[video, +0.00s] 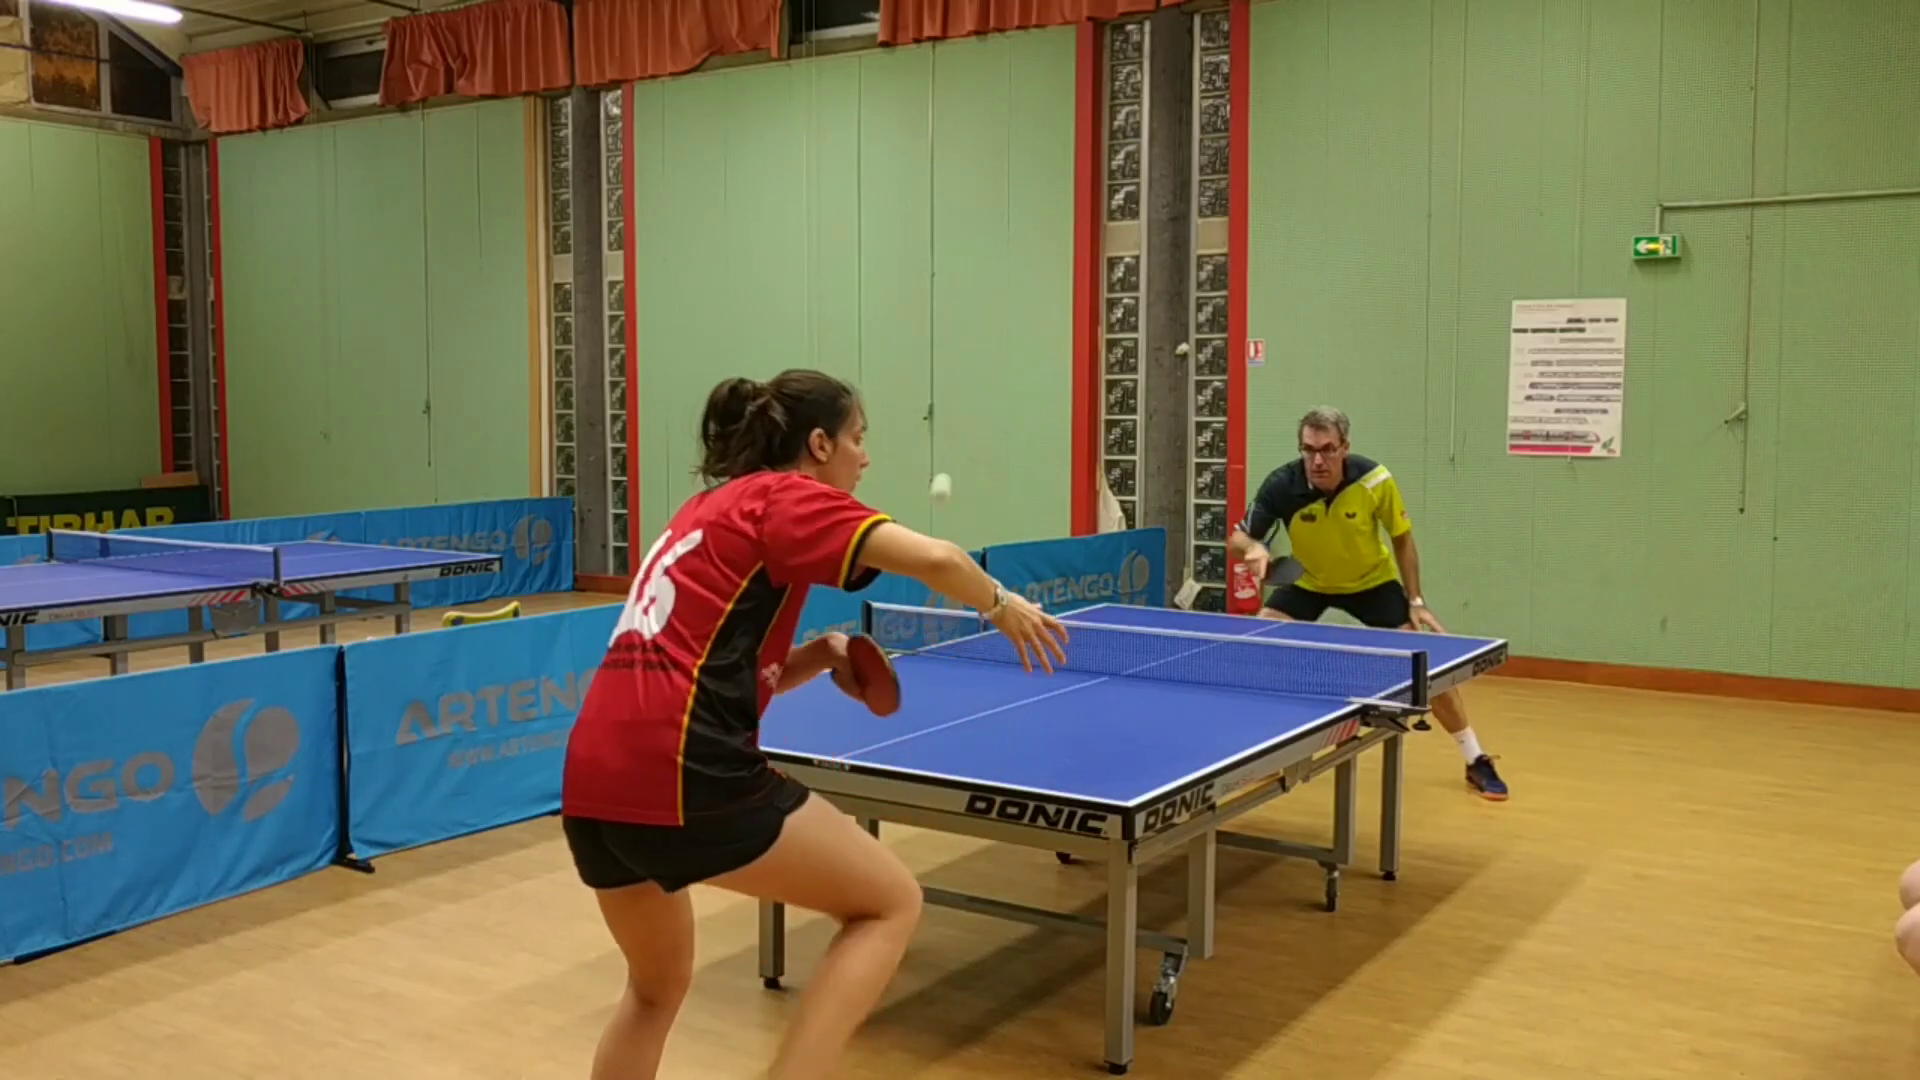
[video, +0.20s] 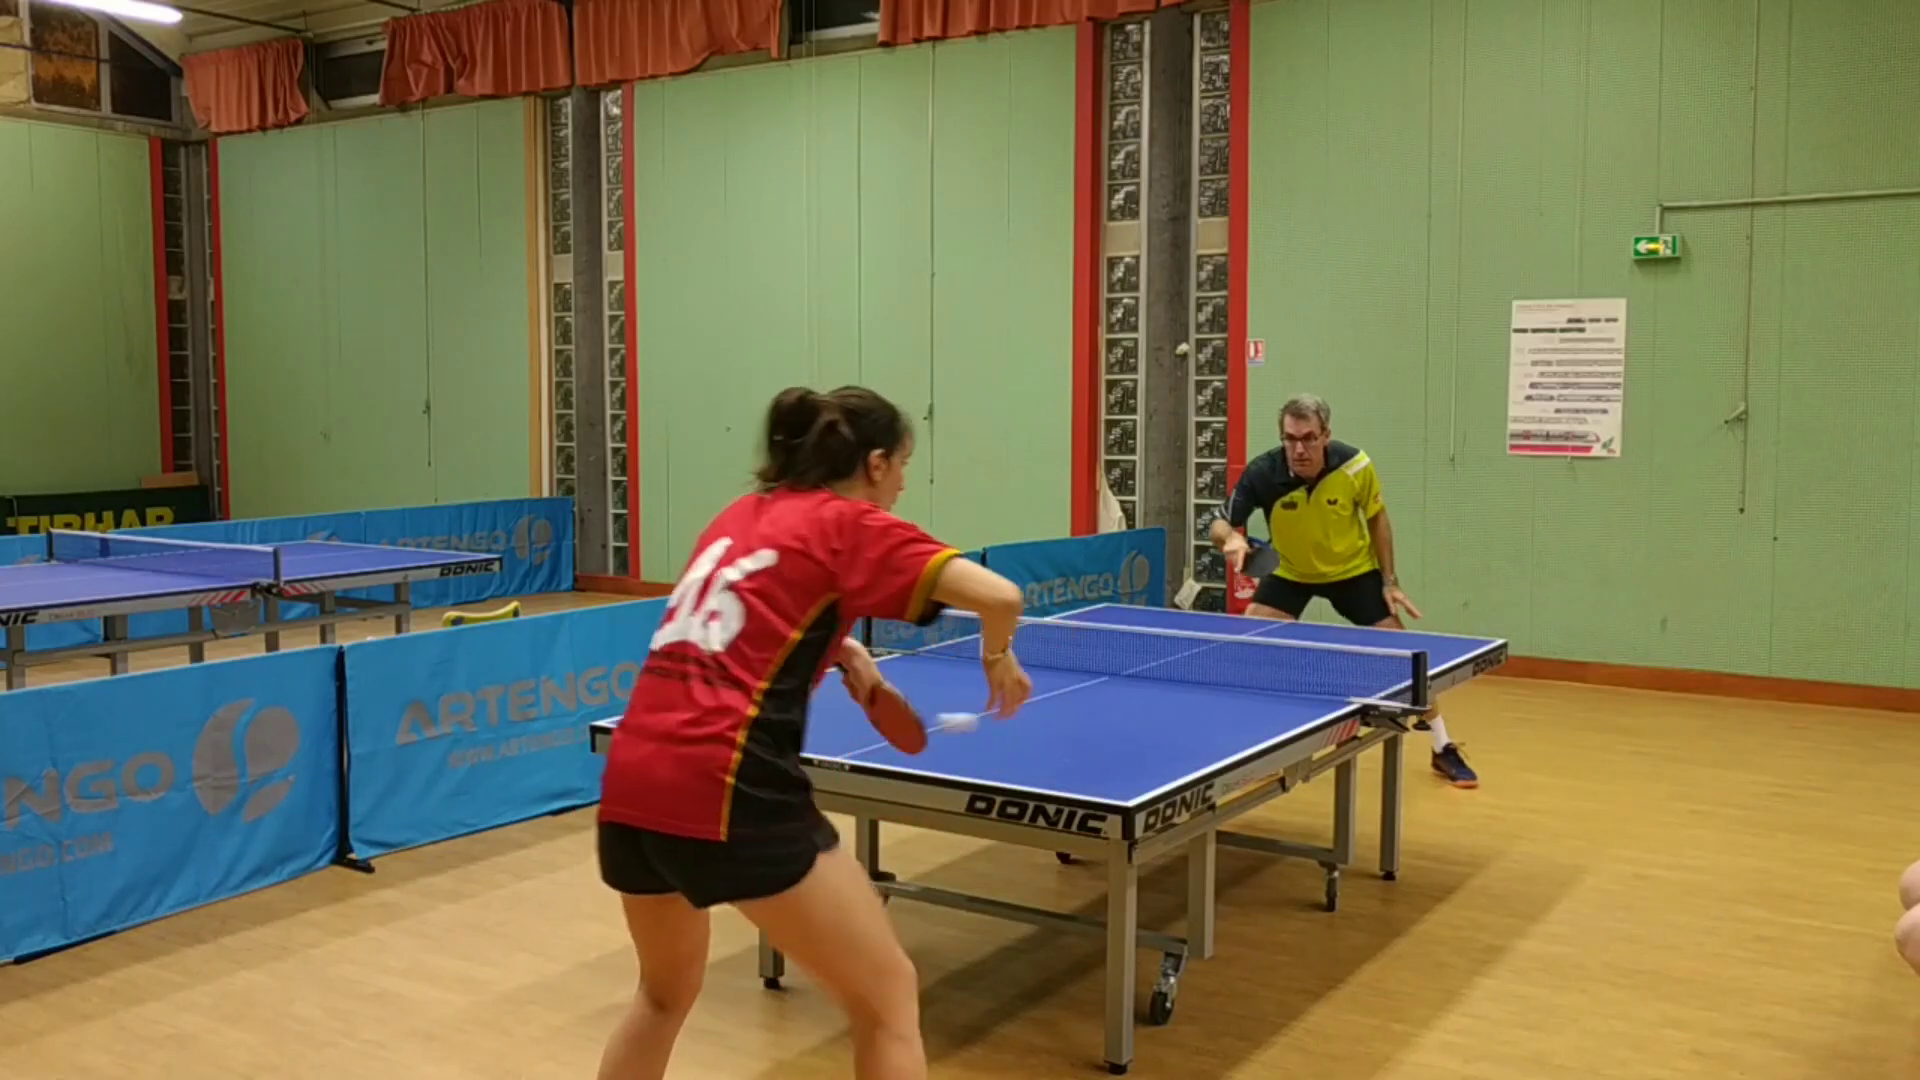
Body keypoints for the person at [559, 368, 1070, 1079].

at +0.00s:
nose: (865, 458)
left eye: (864, 442)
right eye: (858, 440)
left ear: (789, 442)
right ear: (816, 444)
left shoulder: (704, 510)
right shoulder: (786, 501)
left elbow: (720, 683)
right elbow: (935, 558)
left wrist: (819, 653)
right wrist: (1000, 602)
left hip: (593, 783)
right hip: (691, 780)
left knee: (653, 987)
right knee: (890, 902)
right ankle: (797, 1070)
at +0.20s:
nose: (903, 481)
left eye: (905, 466)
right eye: (902, 465)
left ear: (821, 456)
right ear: (873, 463)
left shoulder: (741, 512)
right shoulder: (848, 525)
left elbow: (765, 603)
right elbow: (1001, 597)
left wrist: (852, 658)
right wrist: (997, 654)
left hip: (629, 788)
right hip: (732, 794)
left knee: (660, 995)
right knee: (886, 996)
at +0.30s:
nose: (936, 471)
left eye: (937, 457)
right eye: (936, 456)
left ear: (841, 453)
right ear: (917, 462)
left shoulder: (776, 514)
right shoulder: (886, 532)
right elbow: (1051, 601)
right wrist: (998, 635)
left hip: (660, 794)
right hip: (764, 802)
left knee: (676, 992)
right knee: (918, 994)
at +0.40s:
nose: (951, 459)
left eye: (952, 447)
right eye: (951, 447)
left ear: (857, 444)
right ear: (938, 455)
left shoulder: (793, 504)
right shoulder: (917, 530)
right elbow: (1075, 595)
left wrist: (930, 593)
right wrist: (996, 606)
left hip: (679, 782)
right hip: (788, 797)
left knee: (675, 973)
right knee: (927, 995)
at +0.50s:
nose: (938, 466)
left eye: (940, 451)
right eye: (938, 450)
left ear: (849, 439)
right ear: (923, 453)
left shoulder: (791, 497)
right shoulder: (920, 518)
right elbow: (1080, 576)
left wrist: (938, 581)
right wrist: (1000, 575)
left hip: (684, 778)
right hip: (795, 794)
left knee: (663, 961)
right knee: (926, 992)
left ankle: (594, 1078)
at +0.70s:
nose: (892, 454)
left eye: (890, 439)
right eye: (889, 440)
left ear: (801, 450)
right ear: (873, 452)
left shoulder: (747, 516)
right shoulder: (877, 531)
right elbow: (1033, 589)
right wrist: (964, 572)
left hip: (652, 789)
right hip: (764, 802)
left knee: (626, 973)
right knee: (910, 988)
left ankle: (571, 1079)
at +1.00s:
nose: (839, 456)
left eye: (839, 442)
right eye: (838, 442)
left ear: (749, 444)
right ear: (819, 448)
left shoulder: (691, 511)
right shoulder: (810, 517)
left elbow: (699, 616)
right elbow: (934, 616)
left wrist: (796, 636)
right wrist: (895, 622)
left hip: (594, 767)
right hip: (693, 775)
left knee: (619, 952)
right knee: (835, 988)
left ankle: (567, 1077)